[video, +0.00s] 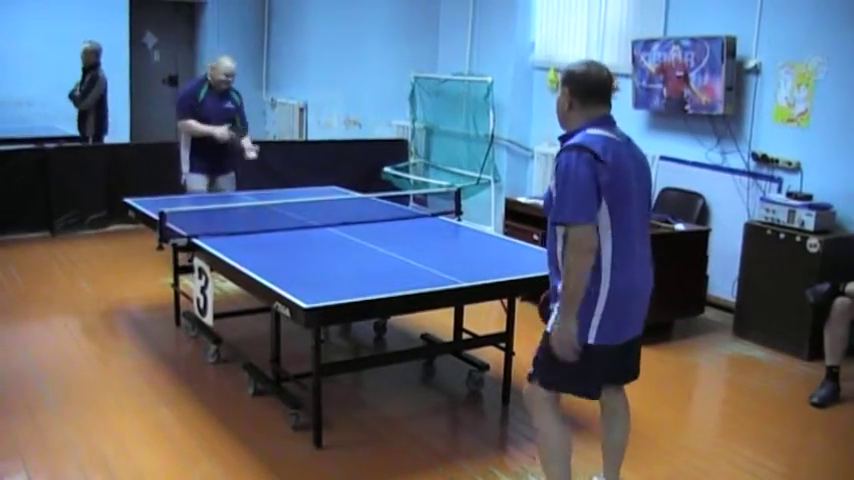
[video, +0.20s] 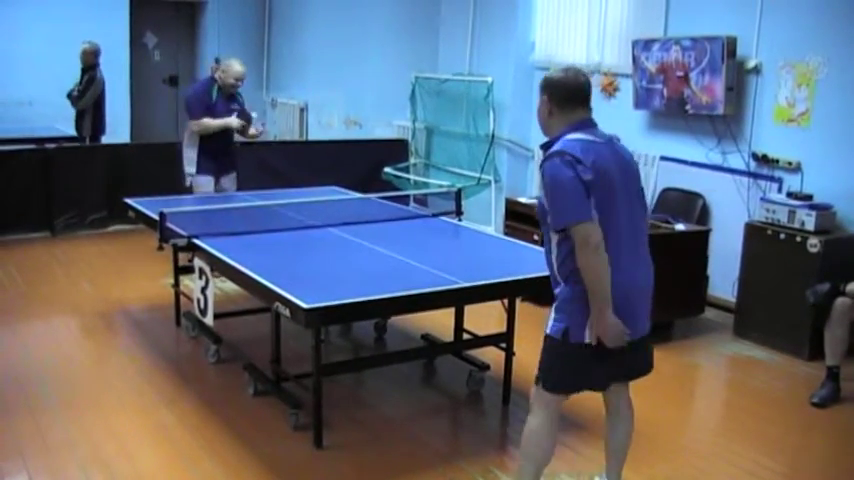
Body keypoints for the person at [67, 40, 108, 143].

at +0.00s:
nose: (84, 58)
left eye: (88, 54)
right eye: (83, 54)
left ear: (96, 56)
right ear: (82, 55)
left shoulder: (97, 77)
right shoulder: (86, 75)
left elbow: (85, 103)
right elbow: (74, 92)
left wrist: (75, 94)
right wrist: (78, 97)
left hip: (95, 128)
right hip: (85, 127)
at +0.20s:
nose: (83, 58)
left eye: (87, 54)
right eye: (82, 54)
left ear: (95, 56)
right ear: (81, 55)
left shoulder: (95, 77)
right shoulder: (85, 74)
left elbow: (81, 103)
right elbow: (74, 90)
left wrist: (73, 94)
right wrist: (76, 95)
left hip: (92, 130)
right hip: (84, 128)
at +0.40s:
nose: (82, 57)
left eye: (86, 54)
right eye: (82, 53)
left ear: (94, 56)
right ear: (80, 55)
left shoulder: (94, 77)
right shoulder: (85, 75)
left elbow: (79, 103)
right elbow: (74, 90)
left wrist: (72, 93)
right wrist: (75, 95)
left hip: (90, 130)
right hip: (83, 128)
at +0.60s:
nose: (82, 57)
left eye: (86, 54)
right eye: (82, 53)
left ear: (94, 56)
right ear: (80, 55)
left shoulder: (93, 77)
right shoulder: (85, 75)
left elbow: (79, 103)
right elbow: (73, 91)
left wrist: (72, 93)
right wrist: (74, 95)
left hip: (90, 130)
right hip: (83, 128)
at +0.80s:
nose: (82, 58)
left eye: (85, 54)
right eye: (82, 54)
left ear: (94, 56)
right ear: (81, 55)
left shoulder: (94, 77)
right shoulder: (85, 75)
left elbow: (79, 104)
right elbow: (74, 89)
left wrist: (71, 94)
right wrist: (74, 94)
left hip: (91, 130)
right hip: (83, 128)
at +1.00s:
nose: (82, 57)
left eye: (85, 54)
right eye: (82, 54)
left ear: (94, 56)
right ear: (81, 55)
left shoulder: (94, 77)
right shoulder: (85, 74)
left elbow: (80, 103)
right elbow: (75, 88)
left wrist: (72, 94)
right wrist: (74, 94)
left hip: (91, 129)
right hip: (83, 128)